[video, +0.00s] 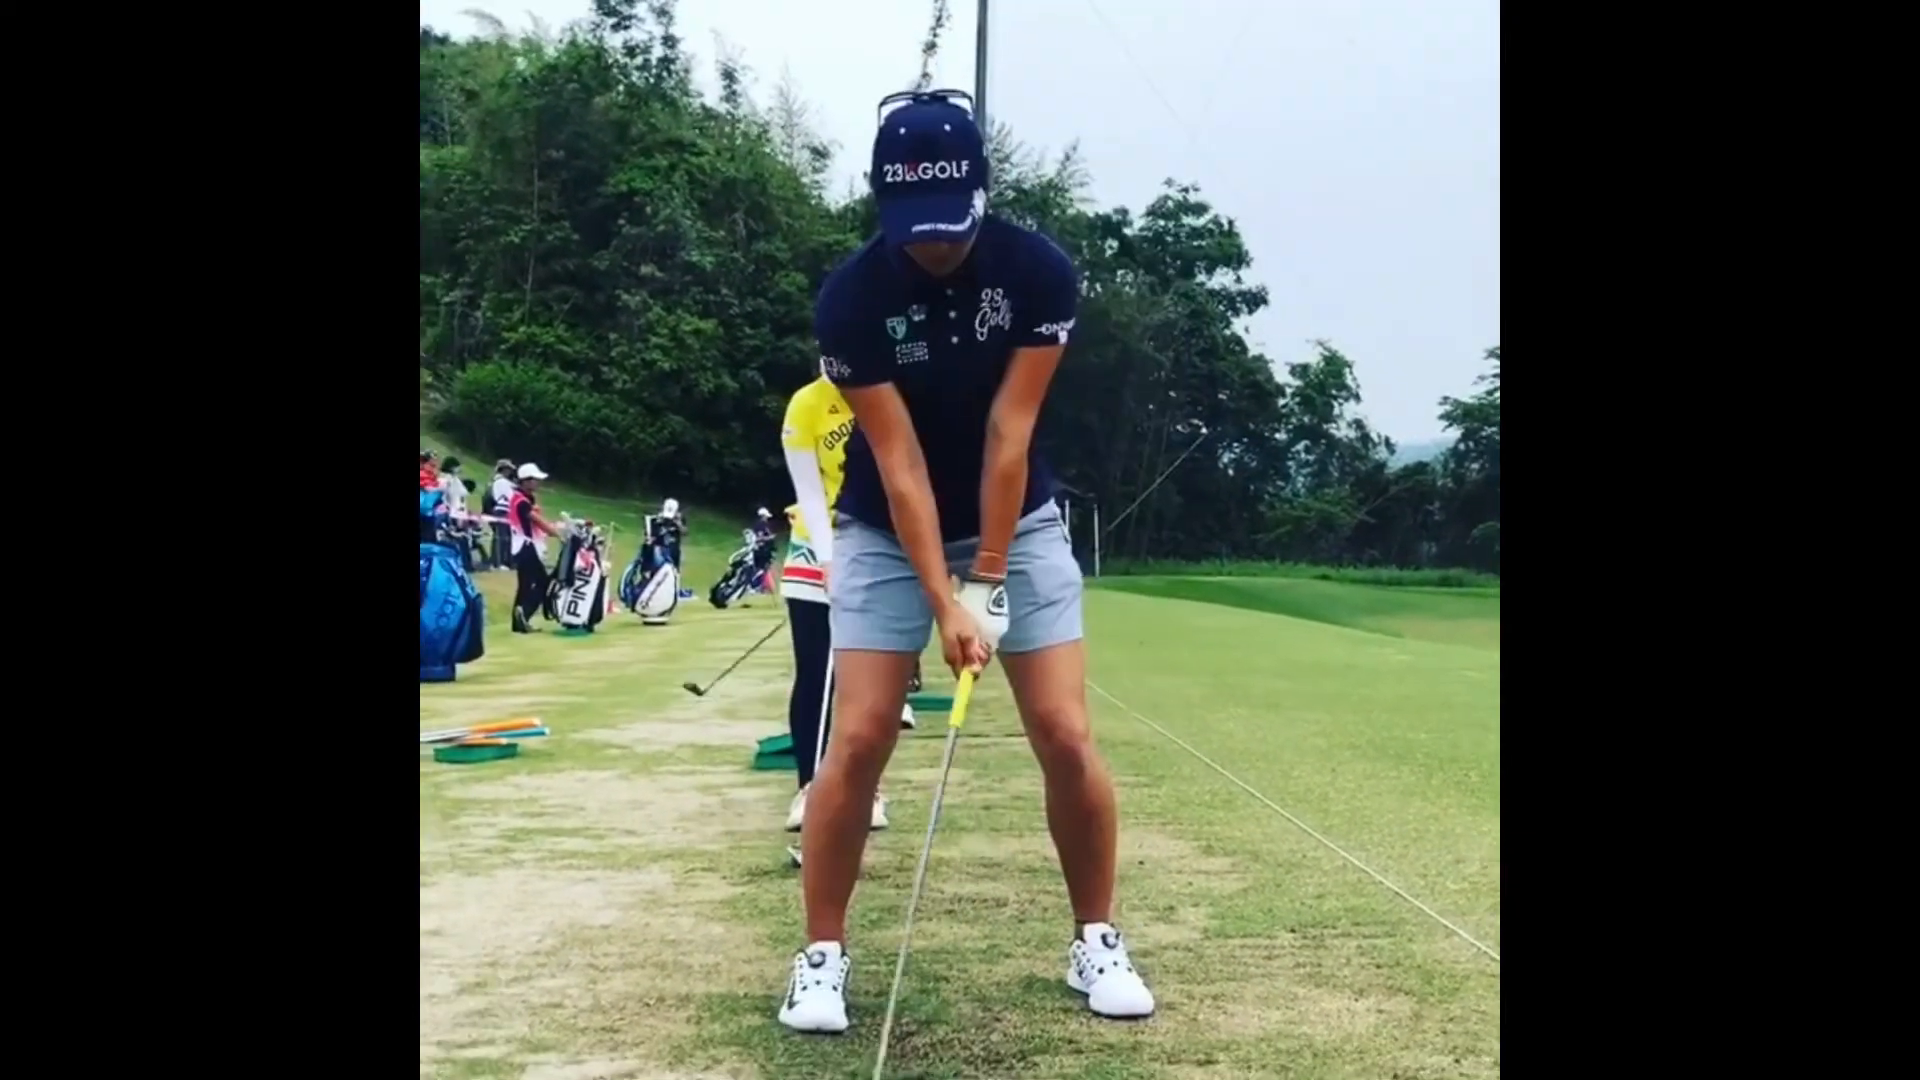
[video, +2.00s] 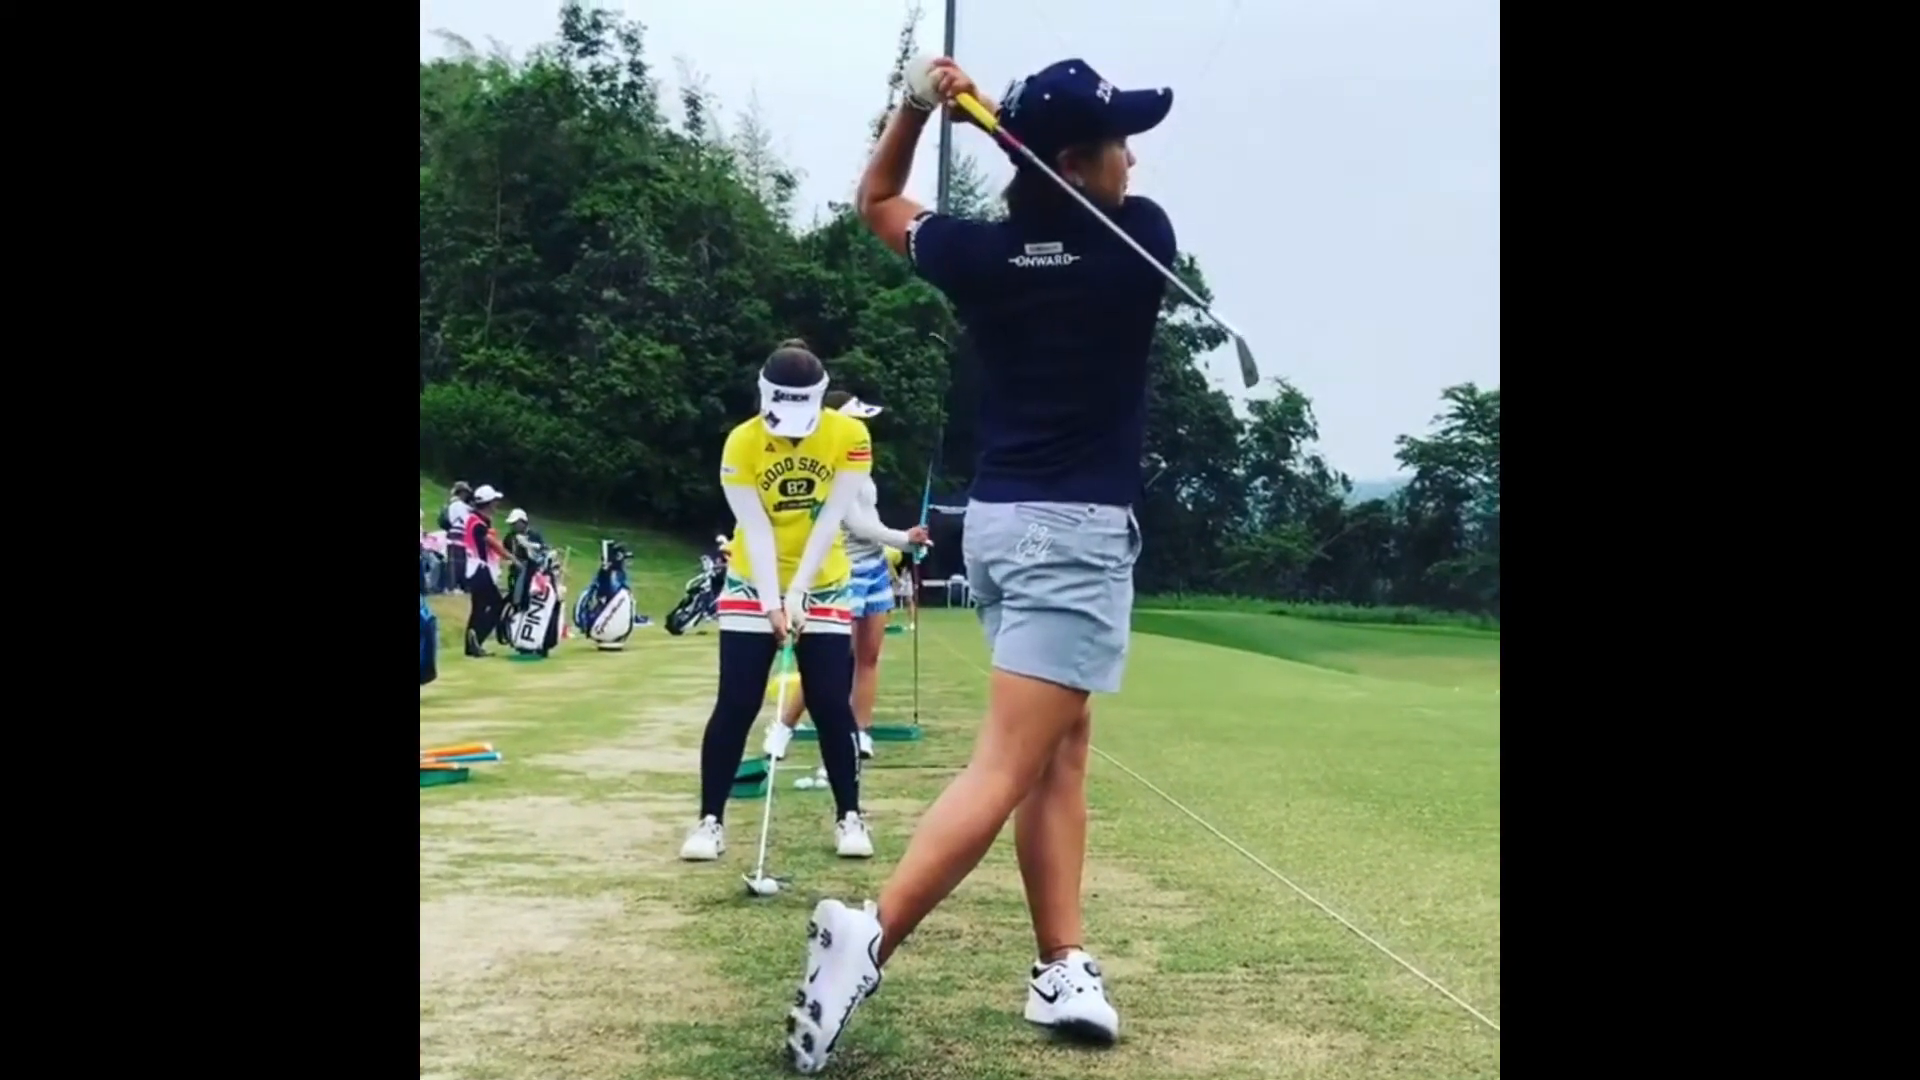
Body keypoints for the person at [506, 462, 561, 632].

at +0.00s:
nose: (538, 484)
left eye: (538, 480)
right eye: (535, 480)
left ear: (526, 482)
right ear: (525, 481)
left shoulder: (520, 498)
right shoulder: (522, 502)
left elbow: (537, 520)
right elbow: (539, 522)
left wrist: (554, 527)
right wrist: (557, 532)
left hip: (522, 543)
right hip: (525, 545)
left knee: (525, 583)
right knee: (542, 580)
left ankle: (518, 620)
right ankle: (525, 612)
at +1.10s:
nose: (522, 498)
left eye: (521, 494)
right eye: (519, 495)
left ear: (507, 496)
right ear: (511, 496)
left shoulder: (501, 513)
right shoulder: (505, 517)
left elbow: (519, 536)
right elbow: (521, 538)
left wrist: (536, 544)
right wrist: (540, 549)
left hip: (502, 557)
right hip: (506, 560)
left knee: (505, 597)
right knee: (524, 594)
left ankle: (499, 634)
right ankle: (505, 627)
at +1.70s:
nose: (499, 502)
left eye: (499, 499)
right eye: (497, 499)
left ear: (483, 500)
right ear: (490, 500)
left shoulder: (477, 517)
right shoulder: (482, 521)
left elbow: (495, 541)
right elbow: (498, 543)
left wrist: (513, 550)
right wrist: (516, 553)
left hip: (477, 561)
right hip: (483, 564)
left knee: (481, 602)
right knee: (500, 599)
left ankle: (475, 641)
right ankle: (480, 632)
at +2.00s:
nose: (496, 506)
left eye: (496, 502)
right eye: (494, 503)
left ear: (480, 503)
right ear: (486, 504)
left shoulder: (476, 521)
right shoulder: (479, 525)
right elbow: (495, 546)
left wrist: (508, 556)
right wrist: (514, 559)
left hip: (476, 565)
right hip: (479, 568)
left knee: (478, 606)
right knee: (497, 603)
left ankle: (472, 644)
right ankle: (477, 636)